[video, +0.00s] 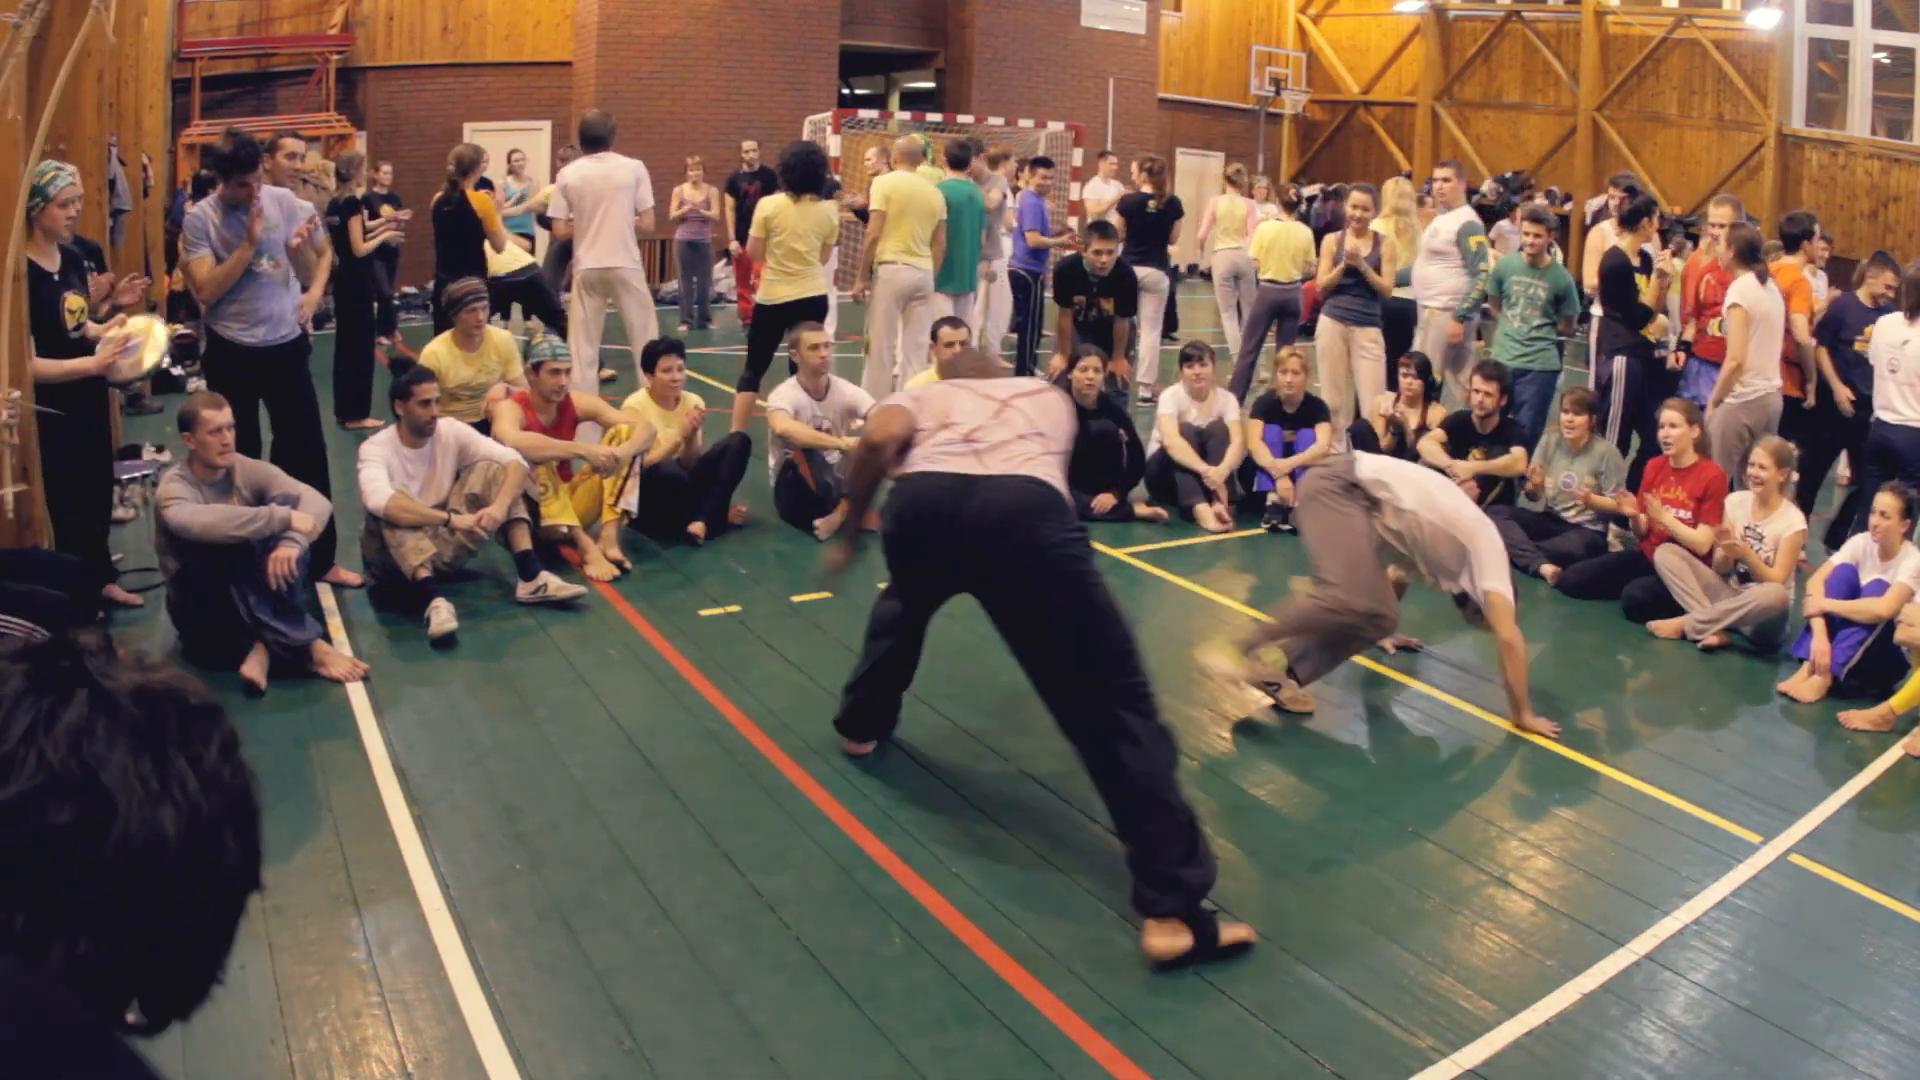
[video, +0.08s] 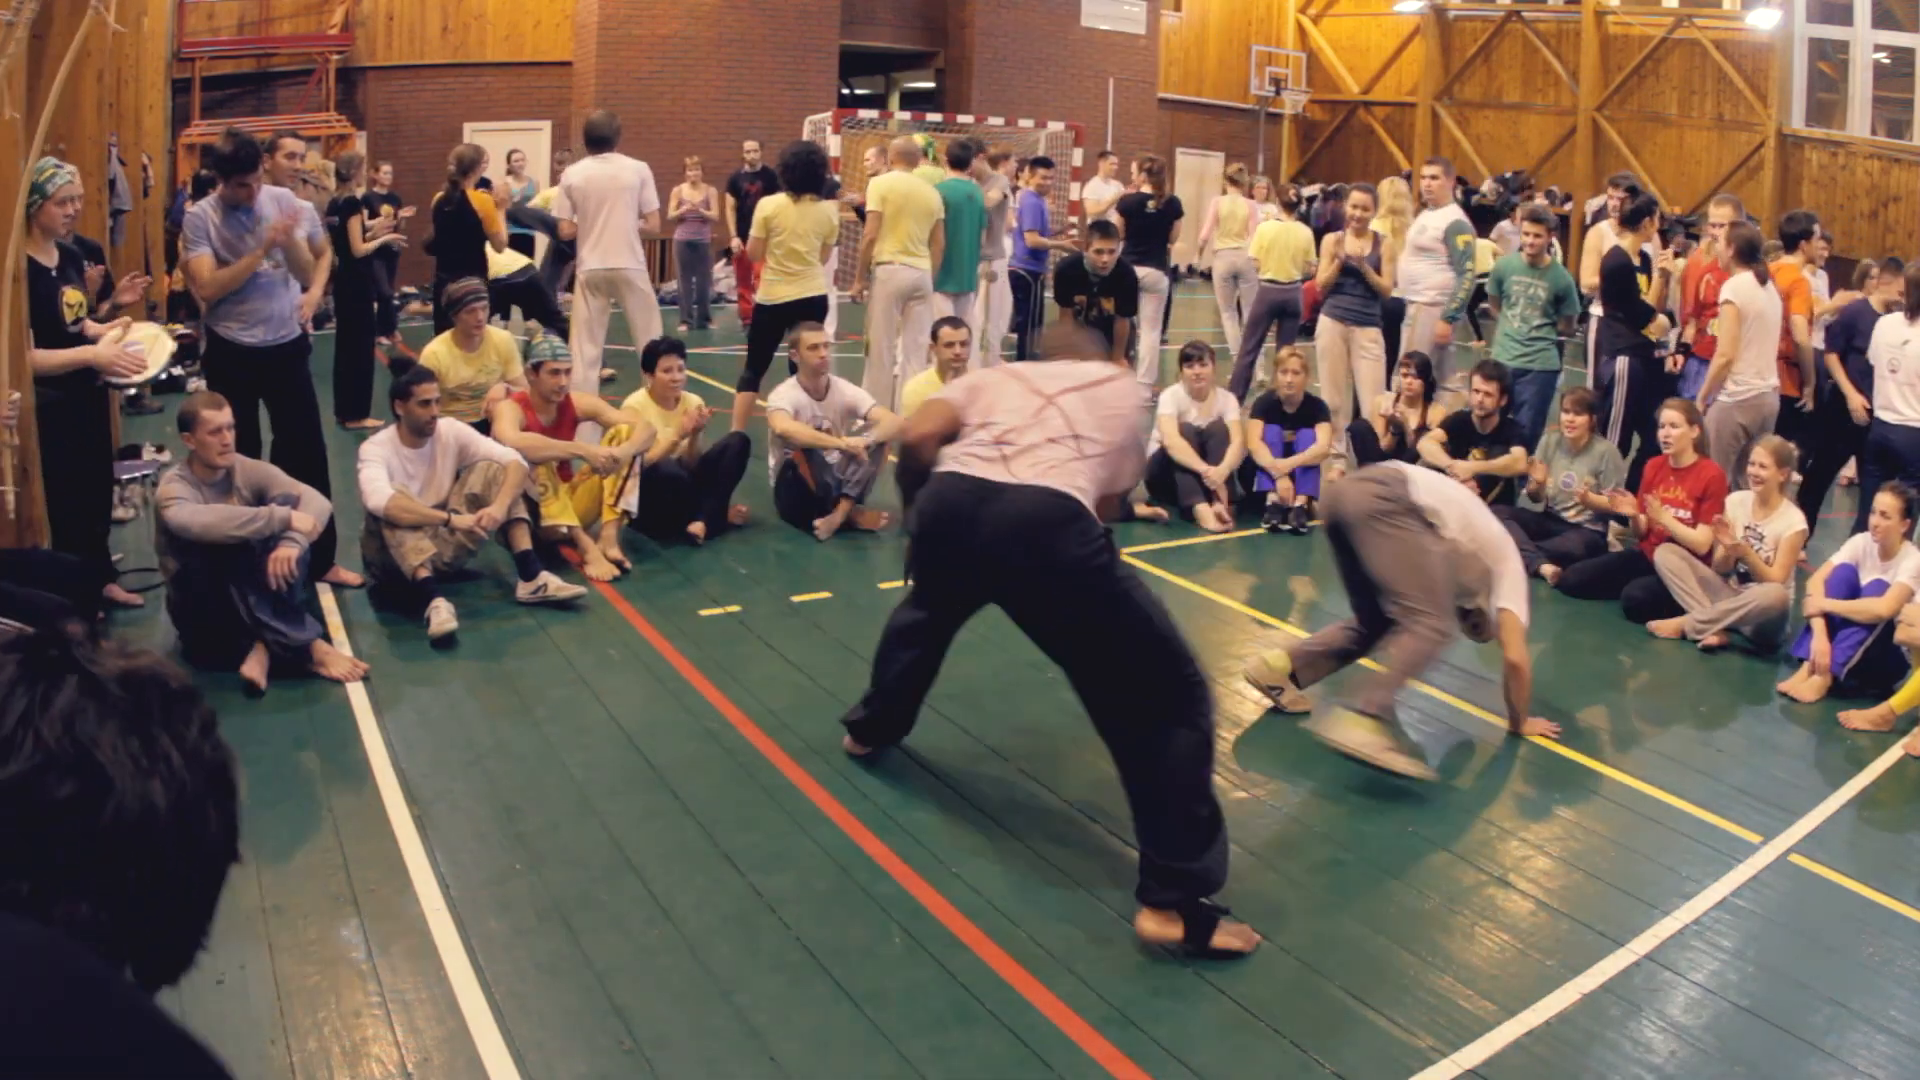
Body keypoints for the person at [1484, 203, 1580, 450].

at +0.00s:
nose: (1530, 241)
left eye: (1537, 236)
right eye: (1526, 234)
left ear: (1550, 238)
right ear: (1519, 234)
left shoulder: (1562, 279)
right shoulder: (1504, 265)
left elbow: (1568, 324)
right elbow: (1494, 305)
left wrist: (1540, 331)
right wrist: (1514, 325)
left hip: (1539, 359)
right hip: (1503, 354)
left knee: (1526, 430)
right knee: (1493, 424)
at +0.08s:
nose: (1530, 241)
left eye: (1537, 236)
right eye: (1526, 234)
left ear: (1550, 238)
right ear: (1519, 234)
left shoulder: (1562, 279)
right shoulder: (1503, 266)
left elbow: (1567, 324)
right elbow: (1494, 306)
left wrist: (1540, 332)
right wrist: (1514, 326)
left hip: (1539, 359)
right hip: (1503, 354)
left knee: (1526, 431)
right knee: (1492, 424)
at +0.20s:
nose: (1530, 241)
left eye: (1537, 236)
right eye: (1526, 234)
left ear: (1550, 238)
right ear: (1520, 234)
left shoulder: (1562, 278)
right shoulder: (1504, 265)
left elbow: (1568, 325)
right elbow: (1493, 305)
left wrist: (1539, 331)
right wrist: (1514, 326)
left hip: (1539, 361)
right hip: (1503, 356)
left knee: (1525, 431)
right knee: (1491, 425)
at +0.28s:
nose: (1531, 241)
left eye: (1537, 236)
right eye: (1526, 234)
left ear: (1550, 238)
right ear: (1520, 234)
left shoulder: (1561, 276)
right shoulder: (1503, 265)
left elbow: (1567, 324)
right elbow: (1493, 305)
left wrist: (1540, 334)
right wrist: (1513, 327)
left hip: (1539, 360)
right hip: (1503, 355)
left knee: (1526, 432)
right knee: (1492, 425)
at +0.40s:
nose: (1531, 241)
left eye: (1538, 236)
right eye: (1527, 234)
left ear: (1550, 238)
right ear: (1520, 234)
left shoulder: (1561, 277)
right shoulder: (1502, 266)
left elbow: (1567, 325)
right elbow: (1494, 304)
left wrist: (1538, 331)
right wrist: (1515, 326)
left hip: (1540, 361)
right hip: (1503, 357)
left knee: (1526, 430)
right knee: (1492, 424)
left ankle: (1516, 490)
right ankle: (1485, 487)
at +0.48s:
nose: (1530, 241)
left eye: (1537, 236)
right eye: (1526, 234)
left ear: (1551, 239)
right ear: (1520, 234)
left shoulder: (1562, 278)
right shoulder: (1504, 266)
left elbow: (1567, 325)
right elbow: (1495, 306)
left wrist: (1537, 333)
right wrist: (1515, 326)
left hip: (1540, 361)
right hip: (1503, 357)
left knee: (1526, 432)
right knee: (1491, 427)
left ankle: (1515, 490)